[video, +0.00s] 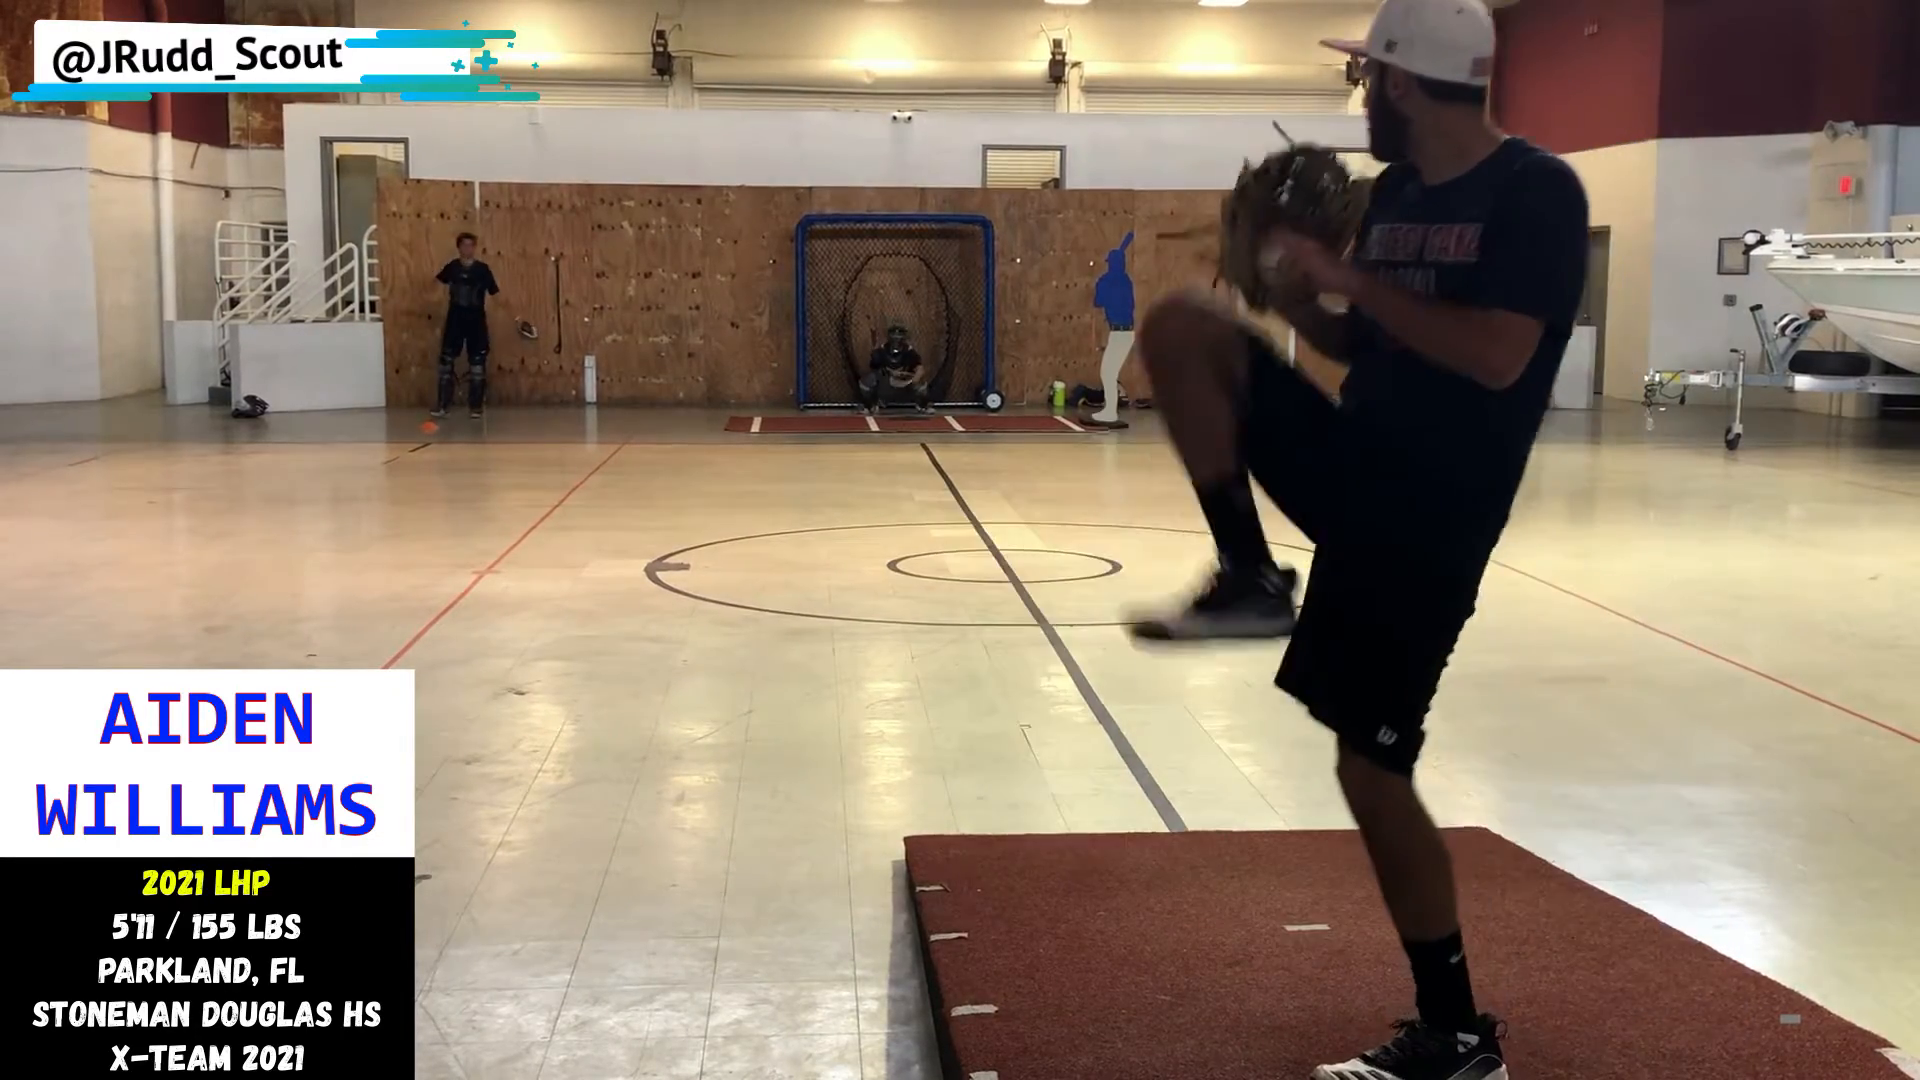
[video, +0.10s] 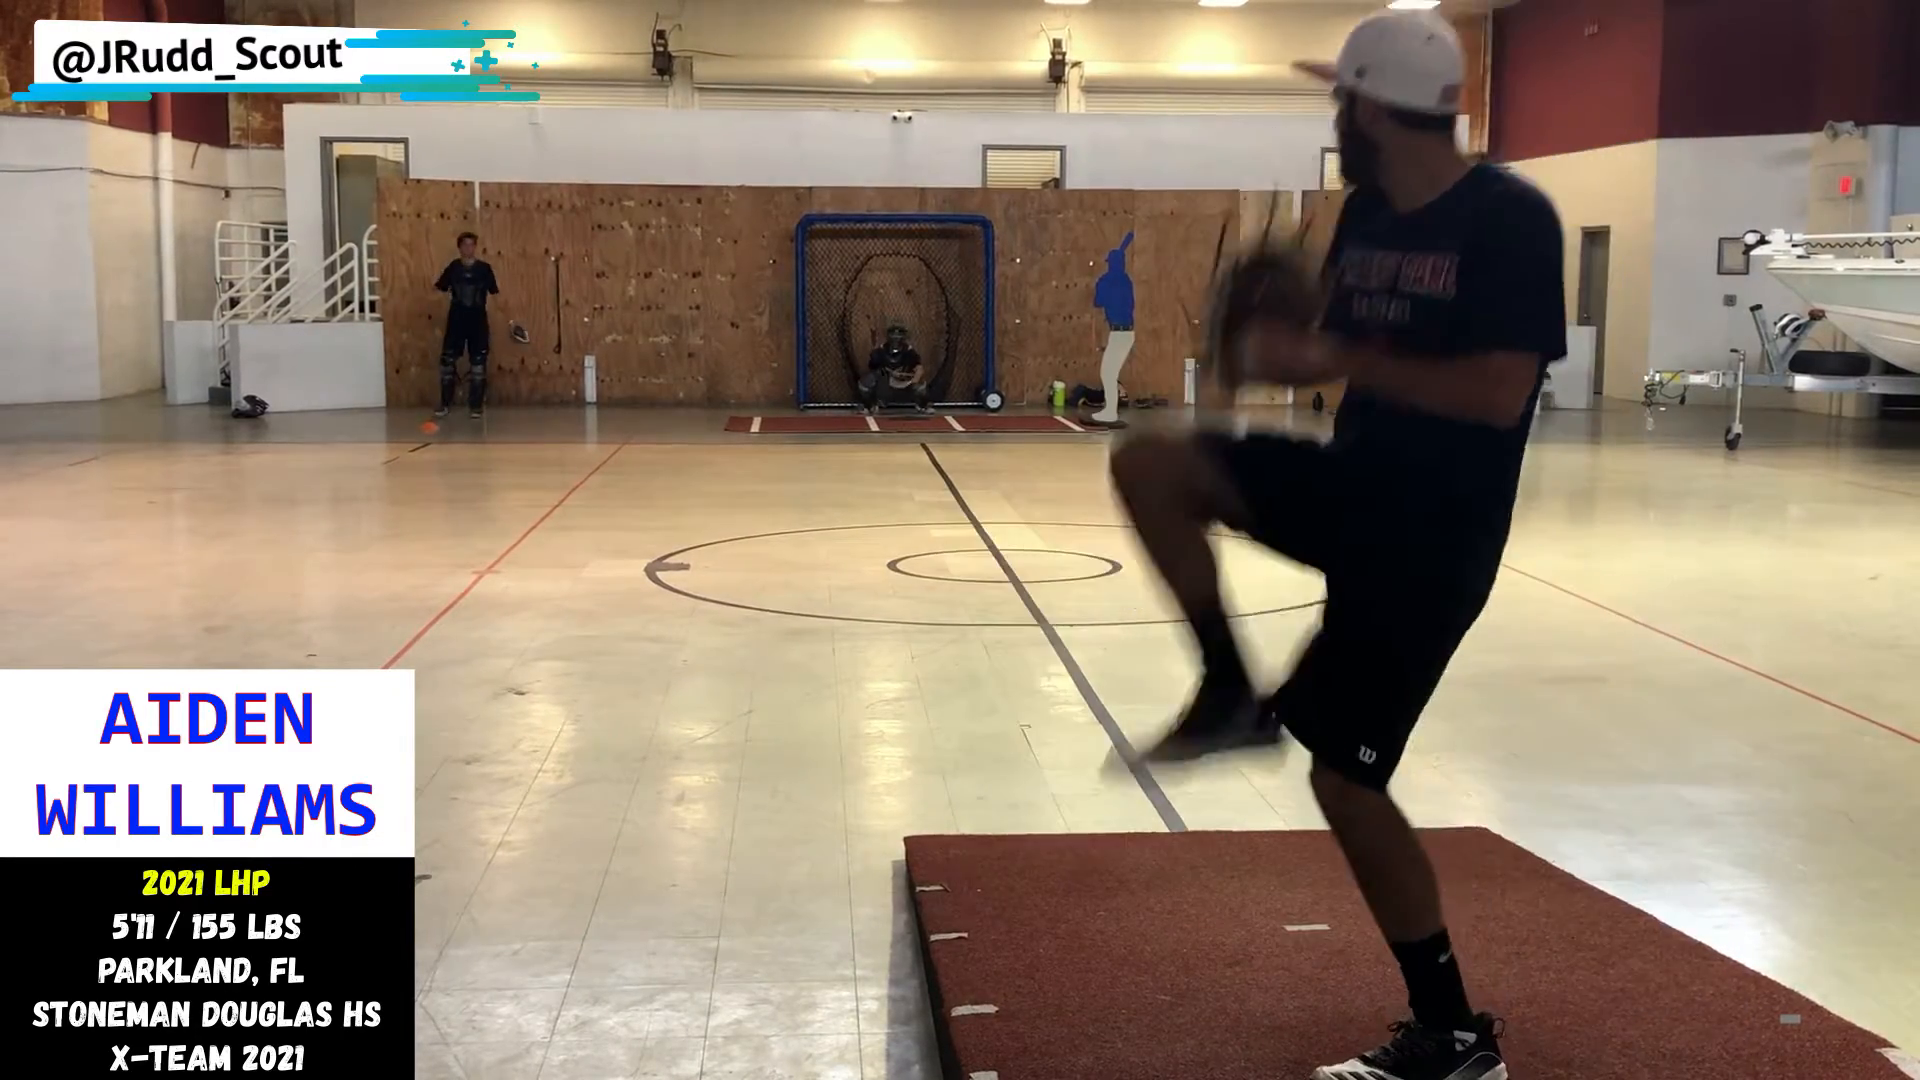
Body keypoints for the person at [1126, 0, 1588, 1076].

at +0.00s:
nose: (1363, 97)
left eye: (1372, 78)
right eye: (1365, 78)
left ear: (1411, 83)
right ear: (1423, 85)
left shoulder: (1541, 191)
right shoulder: (1395, 197)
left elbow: (1500, 353)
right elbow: (1371, 360)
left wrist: (1349, 281)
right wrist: (1292, 300)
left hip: (1431, 520)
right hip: (1348, 470)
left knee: (1371, 772)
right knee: (1181, 324)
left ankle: (1451, 1031)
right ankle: (1248, 573)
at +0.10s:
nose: (1336, 122)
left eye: (1347, 105)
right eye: (1339, 103)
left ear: (1383, 110)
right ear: (1410, 109)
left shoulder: (1515, 218)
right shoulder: (1365, 215)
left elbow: (1500, 395)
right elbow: (1340, 352)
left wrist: (1335, 355)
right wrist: (1270, 332)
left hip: (1438, 532)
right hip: (1349, 488)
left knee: (1342, 770)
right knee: (1149, 465)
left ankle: (1448, 1027)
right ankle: (1230, 690)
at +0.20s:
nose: (1307, 180)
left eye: (1317, 164)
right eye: (1309, 162)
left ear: (1356, 174)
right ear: (1381, 172)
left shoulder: (1492, 279)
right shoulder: (1333, 268)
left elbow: (1501, 453)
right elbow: (1262, 377)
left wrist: (1332, 520)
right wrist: (1176, 460)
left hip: (1441, 556)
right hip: (1341, 528)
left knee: (1325, 778)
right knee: (1147, 606)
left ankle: (1444, 1029)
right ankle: (1163, 828)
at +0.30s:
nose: (1285, 269)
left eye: (1292, 254)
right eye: (1287, 254)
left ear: (1312, 258)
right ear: (1384, 249)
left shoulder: (1466, 354)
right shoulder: (1297, 331)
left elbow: (1522, 525)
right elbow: (1184, 408)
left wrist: (1486, 663)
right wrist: (1082, 518)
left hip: (1416, 602)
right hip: (1322, 568)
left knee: (1296, 793)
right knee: (1154, 680)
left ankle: (1439, 1028)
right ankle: (1134, 858)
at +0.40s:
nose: (1231, 323)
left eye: (1238, 308)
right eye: (1235, 308)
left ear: (1263, 320)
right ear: (1324, 312)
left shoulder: (1422, 416)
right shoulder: (1252, 382)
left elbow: (1537, 543)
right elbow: (1151, 407)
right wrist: (1048, 474)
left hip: (1379, 634)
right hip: (1292, 602)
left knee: (1264, 808)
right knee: (1159, 705)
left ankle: (1434, 1027)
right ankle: (1150, 831)